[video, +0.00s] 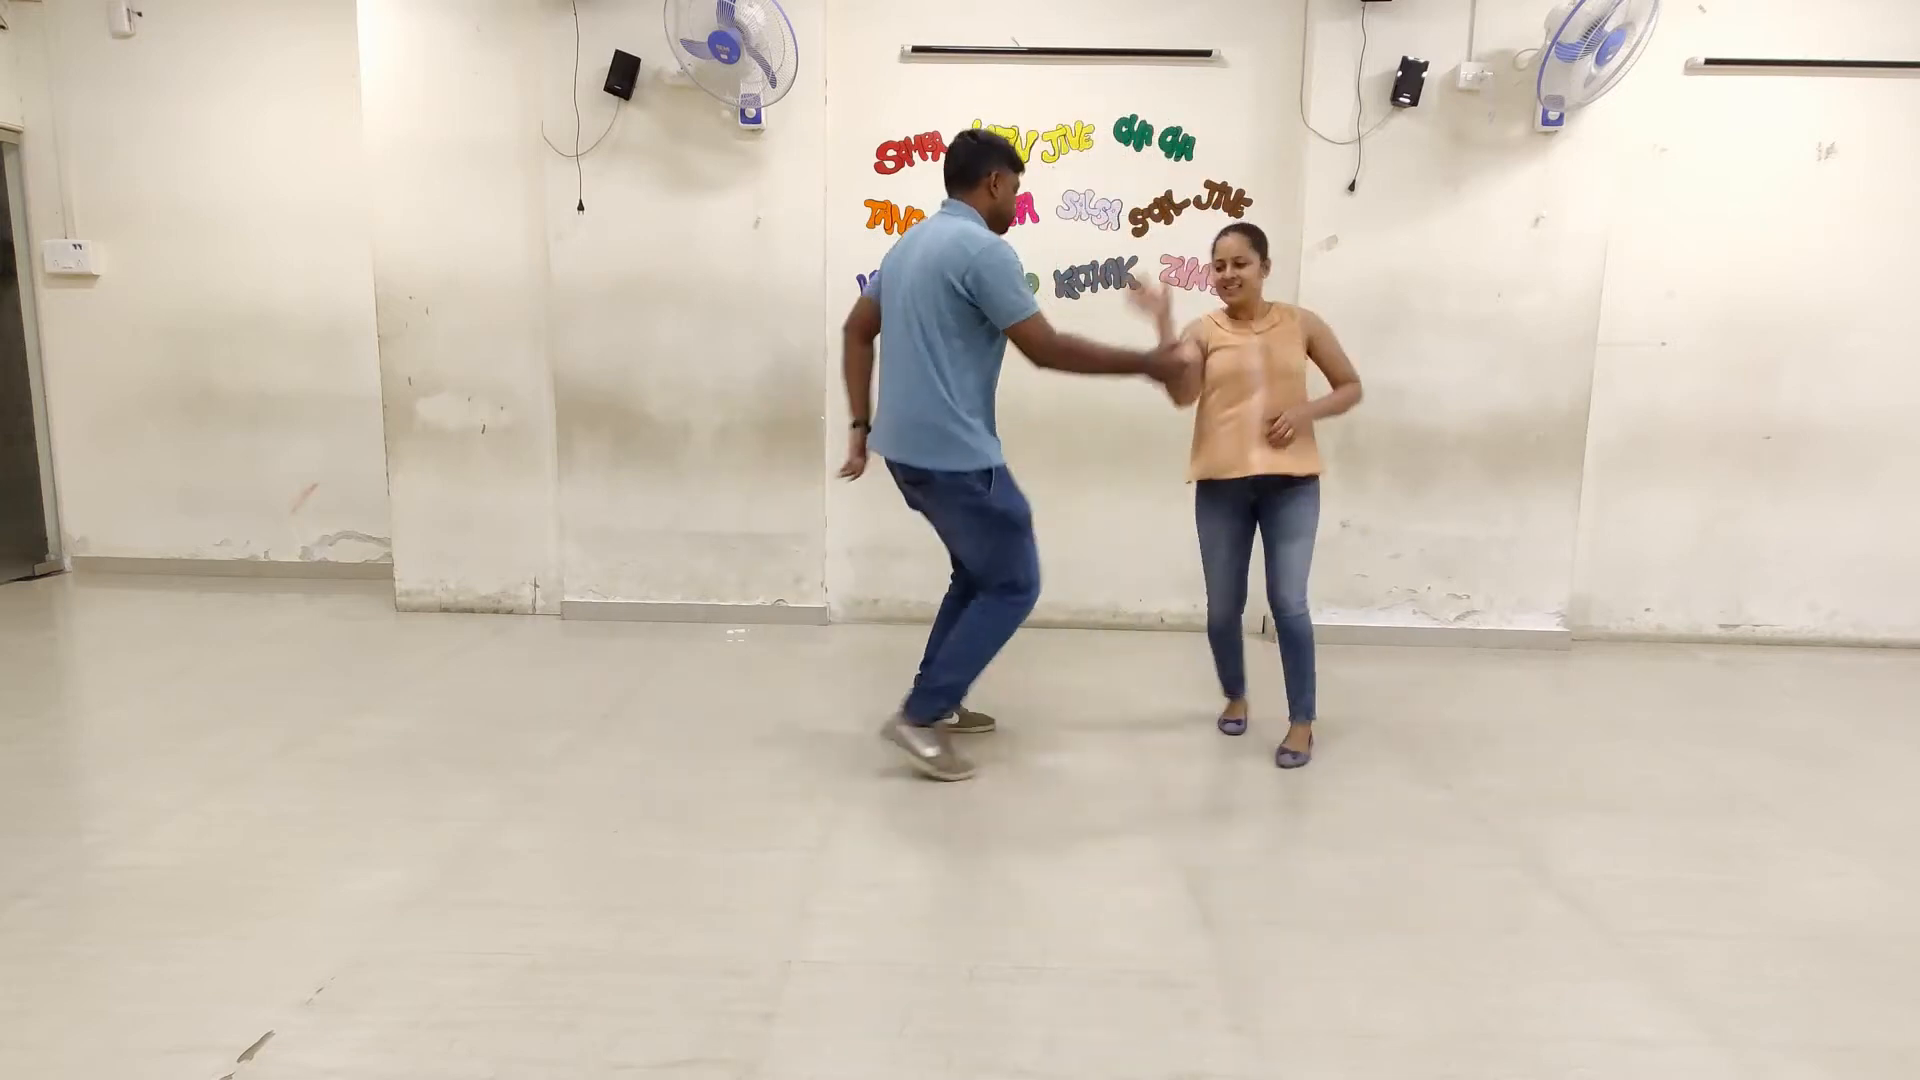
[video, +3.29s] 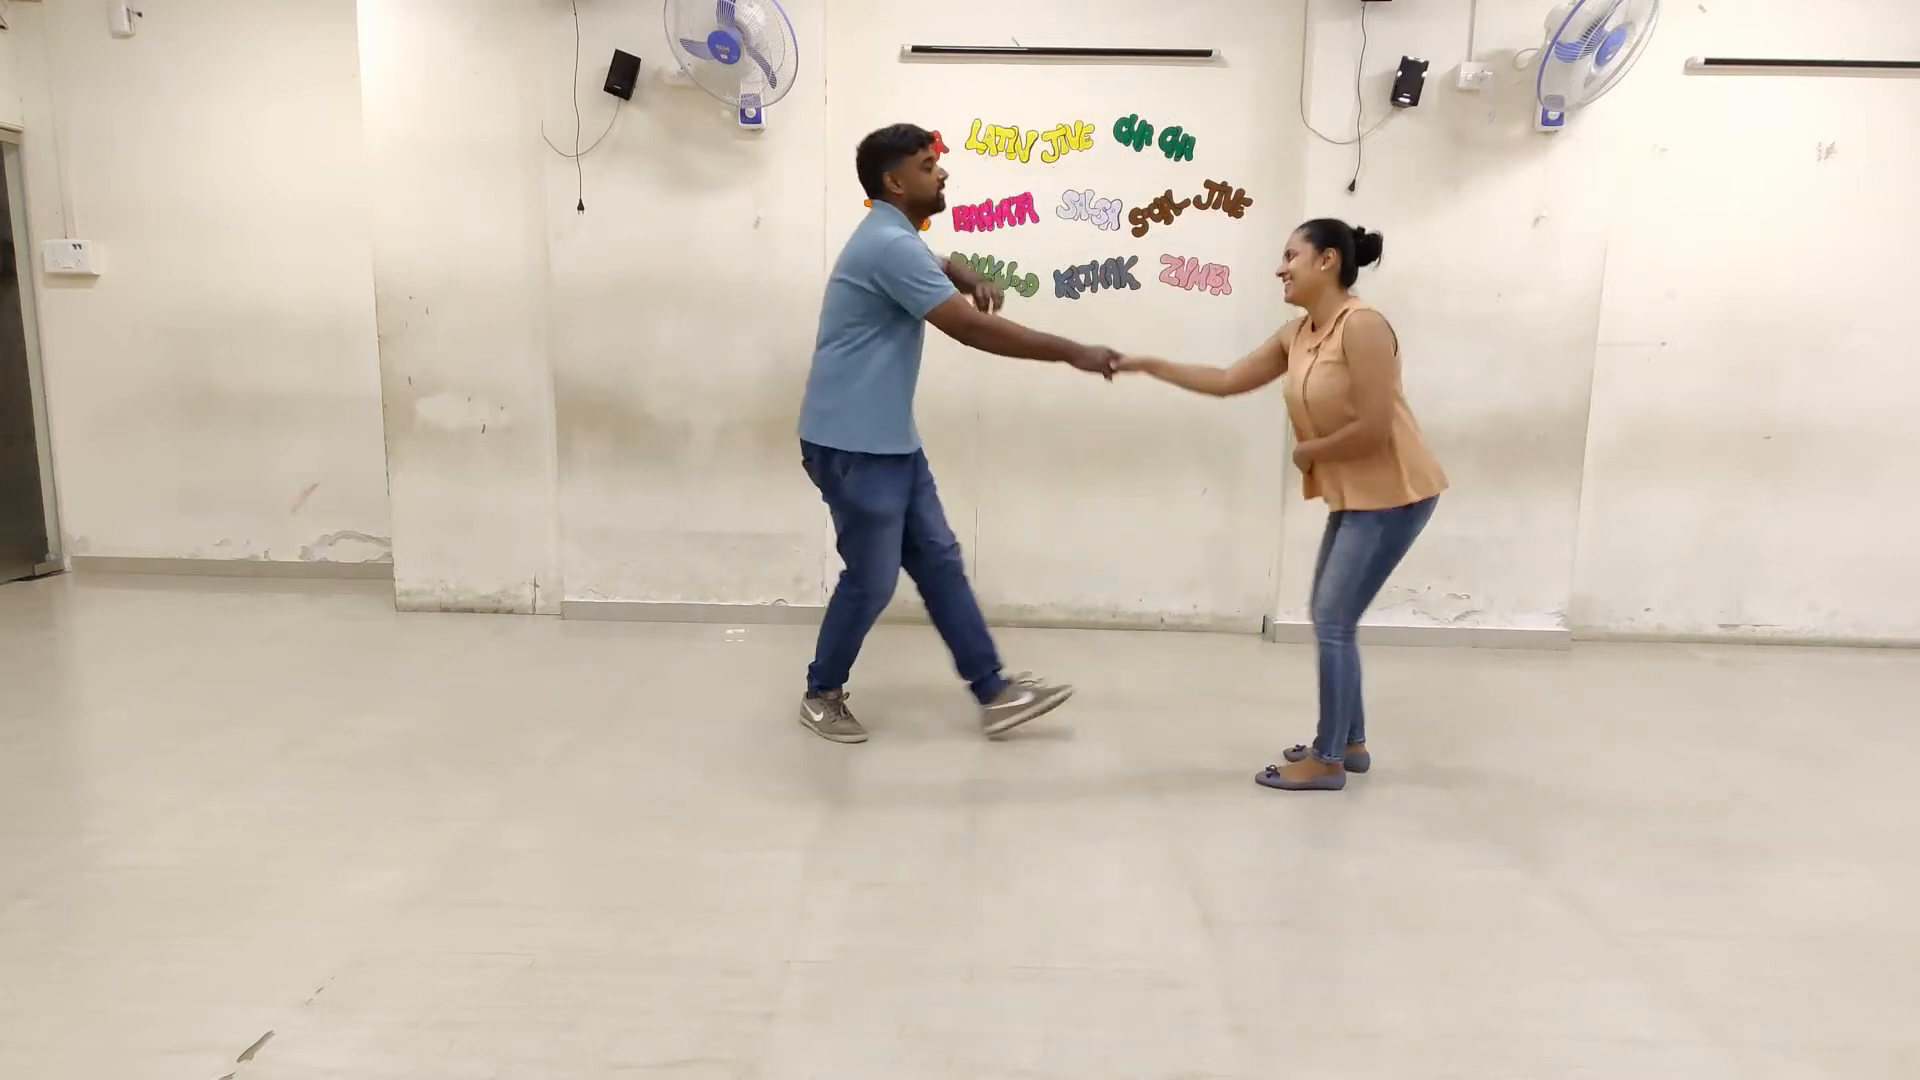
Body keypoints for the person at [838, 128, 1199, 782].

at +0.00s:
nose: (1017, 202)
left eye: (1017, 190)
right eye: (1015, 189)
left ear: (956, 184)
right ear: (994, 183)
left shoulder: (910, 244)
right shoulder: (982, 249)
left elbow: (857, 327)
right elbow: (1046, 348)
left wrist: (860, 422)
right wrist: (1149, 363)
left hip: (906, 445)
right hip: (955, 448)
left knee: (976, 574)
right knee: (1014, 586)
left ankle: (936, 700)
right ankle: (921, 720)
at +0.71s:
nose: (1008, 232)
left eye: (1010, 220)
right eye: (1011, 219)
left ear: (952, 199)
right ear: (994, 205)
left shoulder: (881, 246)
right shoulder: (988, 260)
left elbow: (824, 332)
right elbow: (1014, 372)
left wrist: (853, 405)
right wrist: (1059, 359)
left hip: (858, 440)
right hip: (924, 451)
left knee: (939, 567)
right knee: (948, 603)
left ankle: (938, 693)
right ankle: (885, 747)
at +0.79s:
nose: (1020, 252)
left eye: (1024, 238)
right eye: (1021, 236)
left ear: (968, 217)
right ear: (1000, 221)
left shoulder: (903, 263)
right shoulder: (981, 277)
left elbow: (850, 356)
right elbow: (990, 383)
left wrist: (907, 401)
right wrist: (1045, 434)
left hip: (870, 453)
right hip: (922, 459)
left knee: (952, 579)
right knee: (965, 607)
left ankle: (935, 700)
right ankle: (887, 746)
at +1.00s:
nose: (1054, 258)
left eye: (1059, 245)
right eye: (1054, 242)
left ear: (1018, 226)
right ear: (1025, 224)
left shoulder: (972, 266)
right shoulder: (971, 268)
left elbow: (925, 371)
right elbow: (975, 368)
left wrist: (964, 444)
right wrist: (1071, 405)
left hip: (920, 438)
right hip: (903, 438)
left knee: (991, 564)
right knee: (984, 574)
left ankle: (932, 696)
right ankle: (963, 744)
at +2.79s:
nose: (1038, 169)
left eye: (1035, 160)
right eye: (1025, 161)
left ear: (1003, 176)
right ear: (986, 174)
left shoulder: (995, 244)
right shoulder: (966, 244)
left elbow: (985, 340)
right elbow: (994, 347)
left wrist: (1025, 372)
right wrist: (1088, 385)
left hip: (977, 431)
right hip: (942, 430)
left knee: (1023, 564)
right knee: (1000, 565)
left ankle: (974, 705)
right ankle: (984, 724)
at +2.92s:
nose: (1003, 172)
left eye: (1000, 162)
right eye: (987, 165)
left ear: (967, 183)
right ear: (952, 184)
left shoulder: (968, 248)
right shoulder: (945, 251)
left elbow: (974, 335)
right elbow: (1013, 340)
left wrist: (1011, 357)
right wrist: (1107, 372)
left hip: (971, 441)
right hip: (926, 442)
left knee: (1017, 566)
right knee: (967, 575)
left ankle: (974, 703)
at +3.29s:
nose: (941, 173)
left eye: (937, 163)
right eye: (928, 165)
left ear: (901, 181)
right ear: (894, 179)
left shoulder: (896, 233)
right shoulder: (889, 244)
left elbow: (932, 264)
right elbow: (970, 327)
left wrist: (964, 273)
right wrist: (1070, 350)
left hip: (890, 438)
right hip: (851, 442)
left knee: (938, 560)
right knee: (871, 578)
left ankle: (995, 691)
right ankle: (822, 692)